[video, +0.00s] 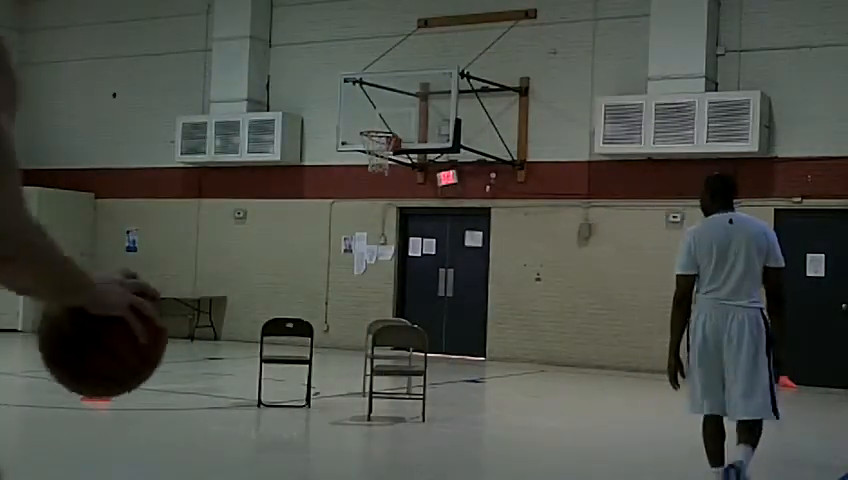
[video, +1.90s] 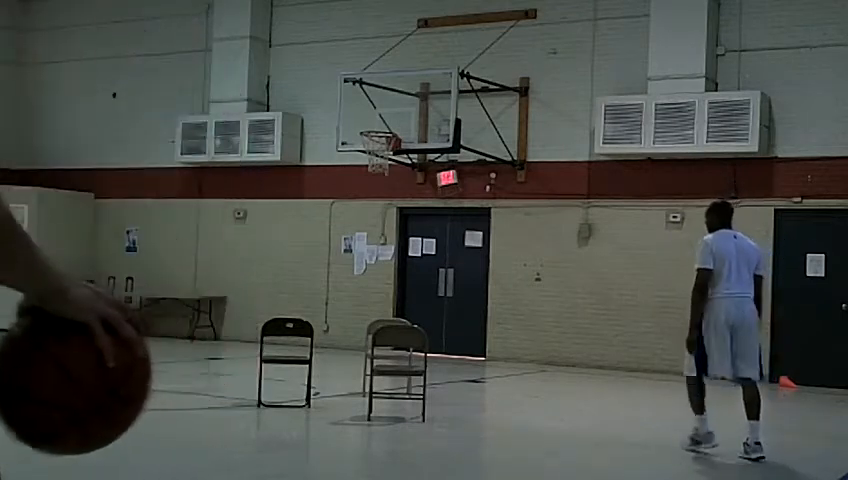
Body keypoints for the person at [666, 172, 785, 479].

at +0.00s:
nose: (700, 204)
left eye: (701, 199)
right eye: (701, 199)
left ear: (707, 200)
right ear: (734, 200)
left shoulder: (697, 234)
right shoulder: (762, 232)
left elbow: (682, 297)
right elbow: (775, 291)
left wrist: (673, 351)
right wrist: (778, 342)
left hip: (707, 320)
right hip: (748, 320)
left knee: (711, 405)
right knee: (751, 403)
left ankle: (718, 474)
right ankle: (741, 464)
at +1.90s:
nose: (706, 222)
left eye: (707, 218)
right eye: (707, 218)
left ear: (713, 219)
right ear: (730, 219)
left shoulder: (709, 242)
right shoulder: (752, 246)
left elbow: (701, 286)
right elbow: (758, 290)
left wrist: (693, 329)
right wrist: (755, 322)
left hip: (717, 309)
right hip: (747, 311)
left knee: (693, 370)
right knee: (748, 377)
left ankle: (702, 430)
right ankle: (754, 441)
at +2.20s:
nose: (668, 230)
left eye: (670, 225)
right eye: (668, 225)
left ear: (678, 225)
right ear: (691, 224)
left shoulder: (680, 249)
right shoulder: (715, 248)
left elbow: (678, 292)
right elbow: (720, 289)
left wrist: (675, 333)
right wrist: (716, 318)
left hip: (693, 313)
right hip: (719, 312)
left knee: (680, 370)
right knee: (723, 371)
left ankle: (679, 427)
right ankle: (746, 422)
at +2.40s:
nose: (649, 225)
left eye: (651, 221)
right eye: (649, 221)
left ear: (660, 221)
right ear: (671, 220)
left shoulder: (662, 245)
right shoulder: (692, 244)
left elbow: (654, 288)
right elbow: (698, 282)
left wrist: (635, 326)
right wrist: (693, 308)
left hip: (671, 307)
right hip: (693, 305)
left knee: (670, 369)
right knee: (682, 367)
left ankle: (678, 429)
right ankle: (704, 411)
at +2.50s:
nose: (639, 226)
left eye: (641, 221)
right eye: (639, 221)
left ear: (649, 222)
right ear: (661, 220)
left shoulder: (653, 245)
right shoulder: (680, 244)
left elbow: (641, 286)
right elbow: (687, 278)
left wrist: (618, 318)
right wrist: (683, 304)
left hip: (661, 305)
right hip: (681, 304)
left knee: (662, 368)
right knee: (665, 366)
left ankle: (677, 428)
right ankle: (670, 419)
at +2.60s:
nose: (628, 228)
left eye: (630, 223)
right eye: (628, 223)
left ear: (638, 224)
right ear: (648, 223)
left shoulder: (641, 248)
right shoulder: (668, 246)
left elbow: (626, 288)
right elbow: (675, 281)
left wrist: (603, 314)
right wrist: (671, 305)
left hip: (650, 305)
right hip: (669, 304)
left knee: (658, 367)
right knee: (646, 364)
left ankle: (677, 427)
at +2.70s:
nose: (616, 230)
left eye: (618, 226)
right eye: (616, 226)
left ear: (626, 226)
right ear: (636, 226)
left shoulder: (629, 248)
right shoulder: (656, 249)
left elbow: (614, 287)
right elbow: (662, 284)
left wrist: (591, 315)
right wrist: (657, 310)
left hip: (638, 307)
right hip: (656, 307)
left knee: (649, 367)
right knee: (626, 364)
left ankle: (675, 426)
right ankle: (609, 415)